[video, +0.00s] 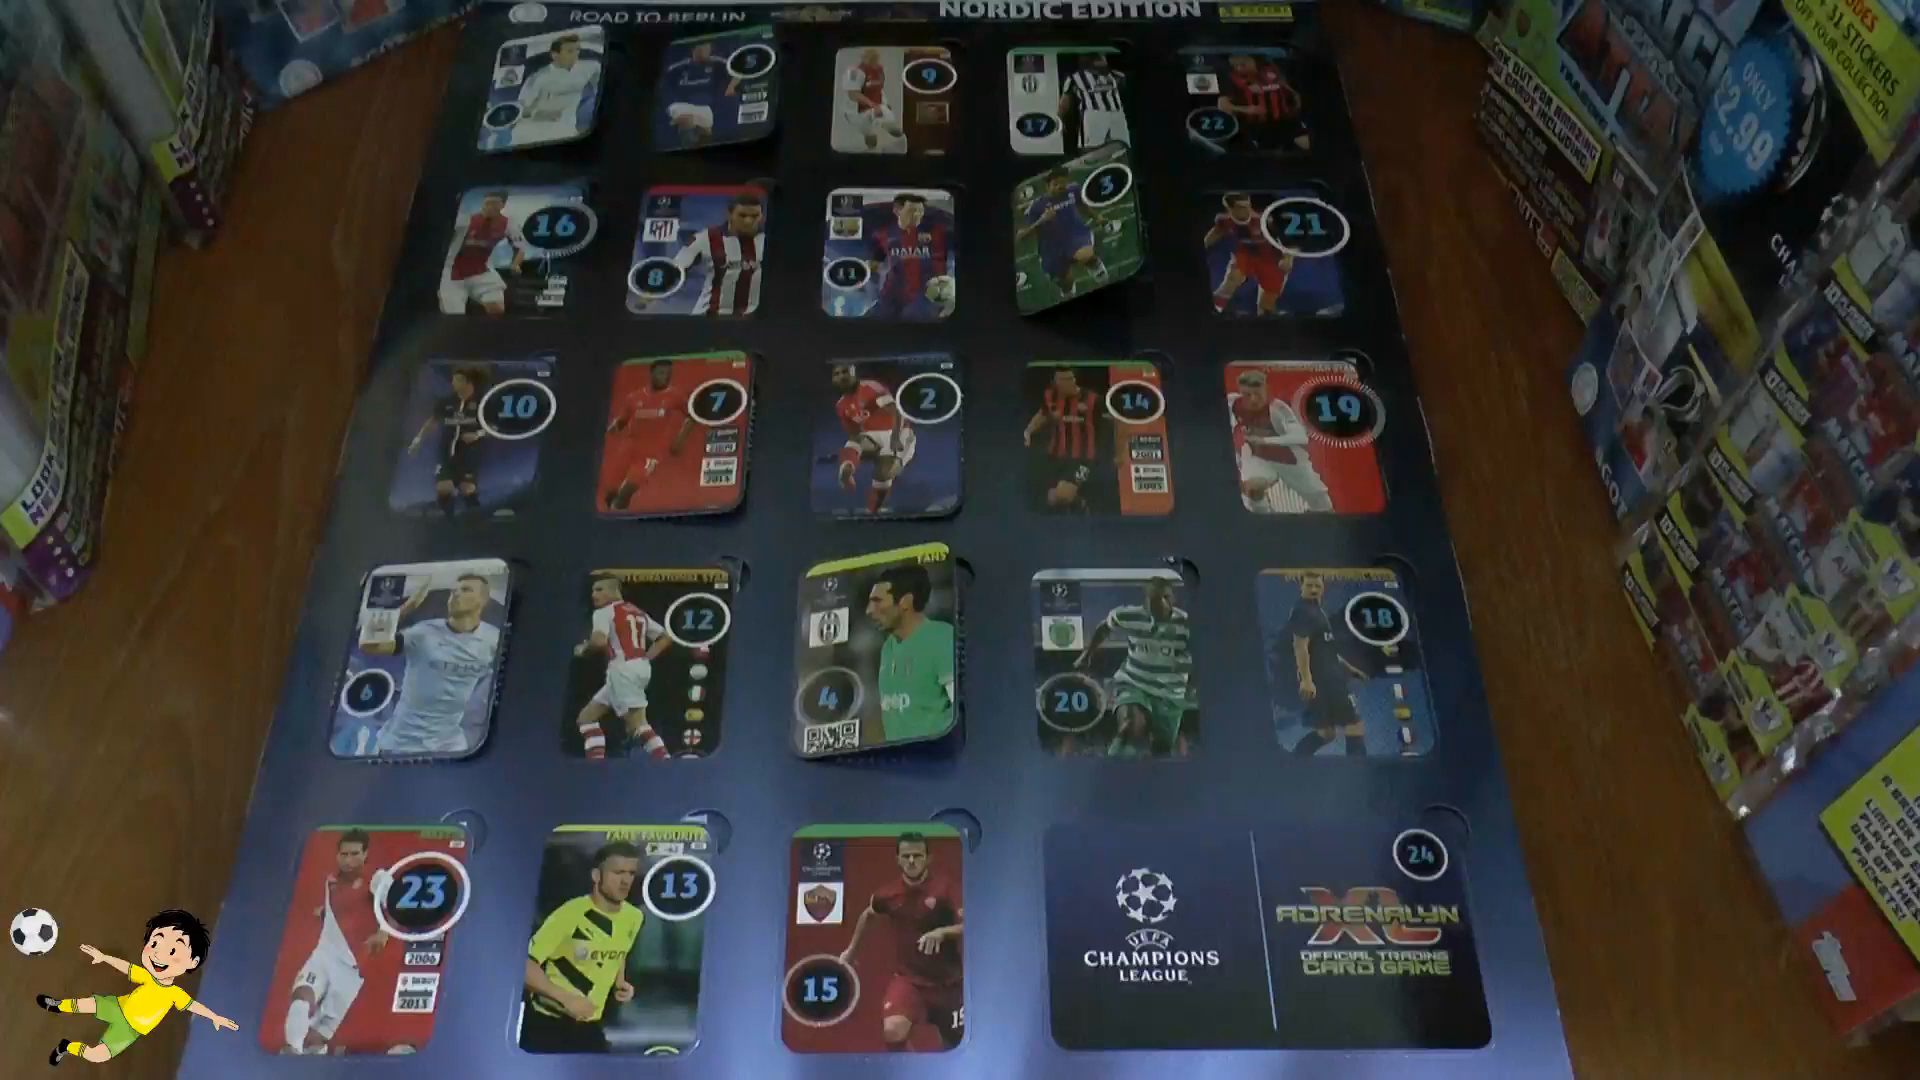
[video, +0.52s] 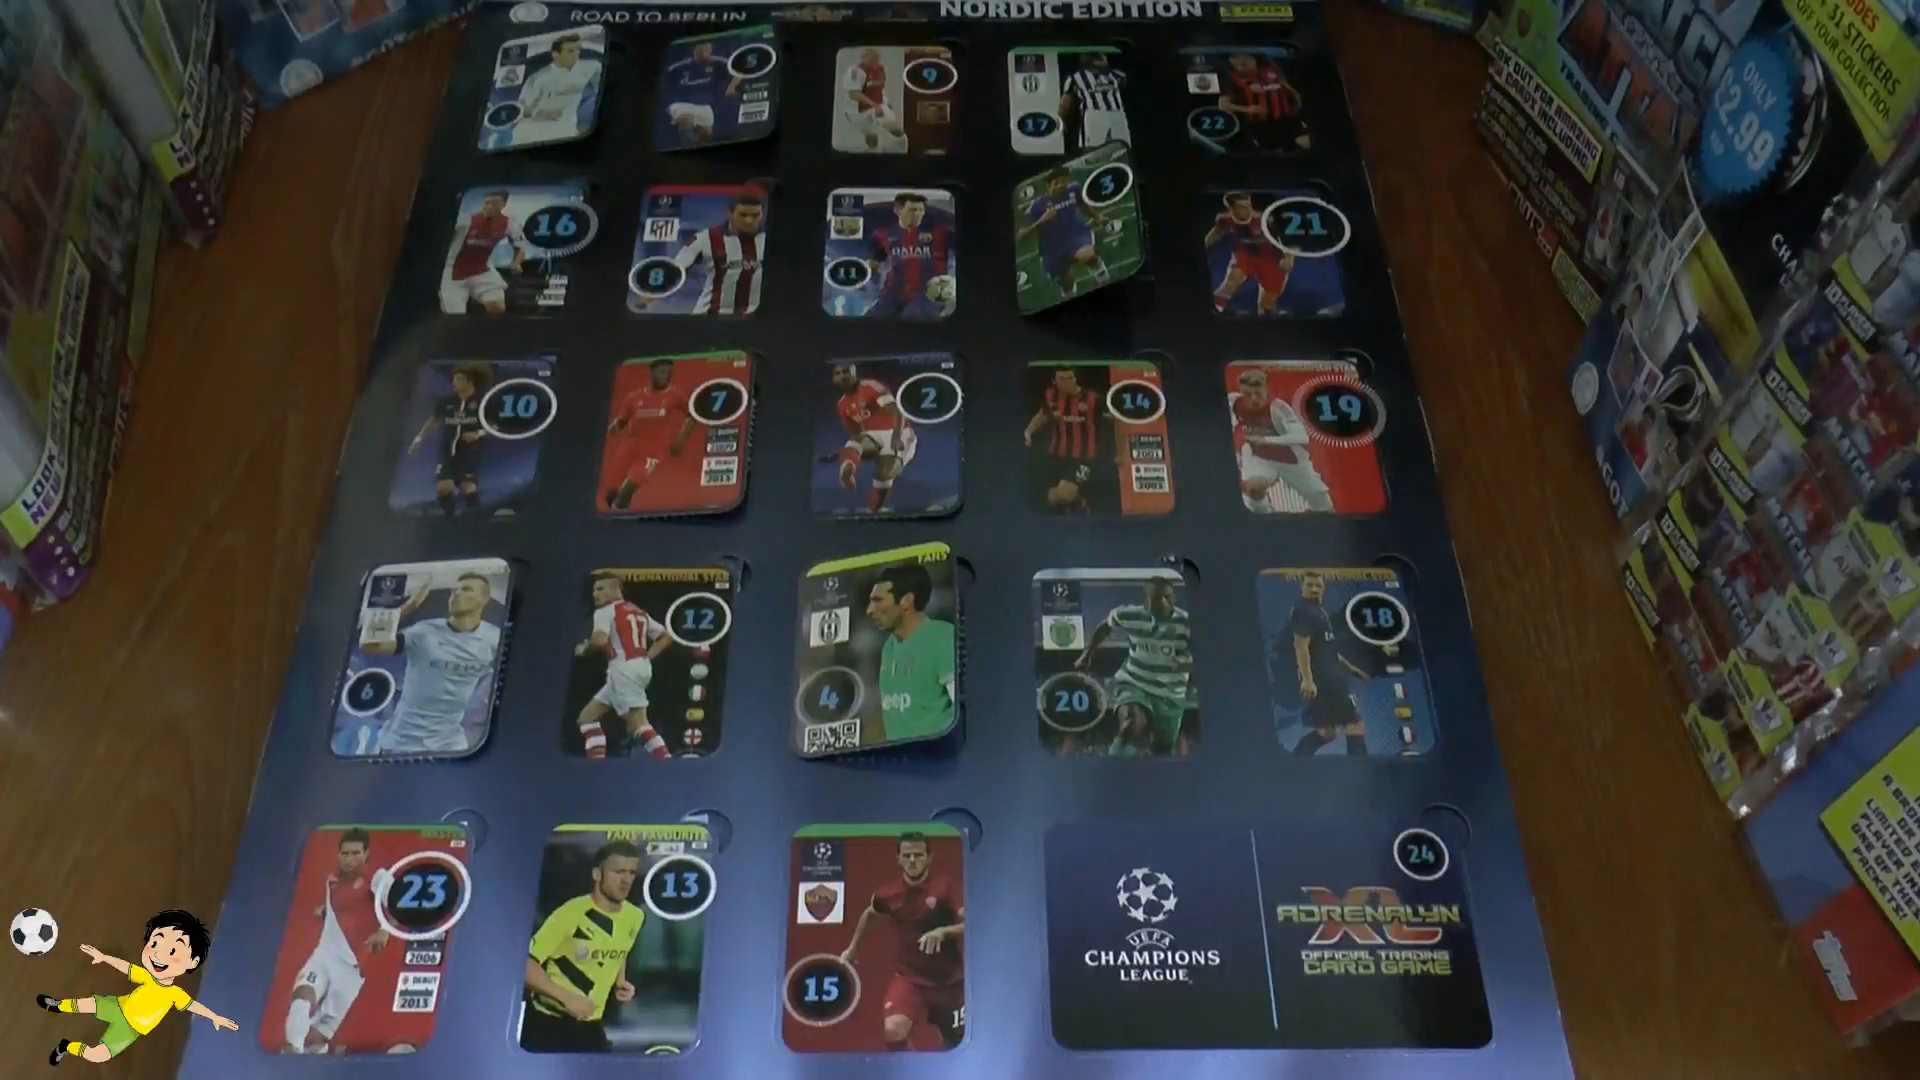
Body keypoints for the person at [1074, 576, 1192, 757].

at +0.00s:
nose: (1160, 604)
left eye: (1165, 597)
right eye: (1155, 599)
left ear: (1172, 598)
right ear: (1146, 600)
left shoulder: (1186, 622)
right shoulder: (1128, 617)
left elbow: (1198, 655)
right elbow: (1104, 628)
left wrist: (1195, 683)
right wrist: (1087, 653)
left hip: (1171, 694)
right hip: (1133, 685)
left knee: (1163, 751)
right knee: (1130, 727)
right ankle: (1107, 777)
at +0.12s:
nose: (1161, 603)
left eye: (1166, 597)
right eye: (1155, 598)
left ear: (1173, 598)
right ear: (1146, 600)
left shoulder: (1185, 621)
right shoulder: (1128, 616)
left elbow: (1198, 653)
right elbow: (1104, 628)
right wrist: (1086, 654)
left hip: (1171, 693)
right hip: (1134, 685)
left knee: (1162, 750)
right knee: (1130, 726)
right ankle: (1108, 777)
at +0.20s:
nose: (1161, 603)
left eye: (1166, 597)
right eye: (1155, 598)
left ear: (1173, 598)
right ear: (1146, 600)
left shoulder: (1185, 621)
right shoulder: (1128, 616)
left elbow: (1199, 656)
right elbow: (1104, 627)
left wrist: (1186, 665)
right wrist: (1086, 654)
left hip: (1171, 693)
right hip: (1133, 685)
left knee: (1162, 750)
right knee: (1130, 726)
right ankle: (1108, 776)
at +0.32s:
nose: (1162, 602)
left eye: (1166, 597)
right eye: (1156, 597)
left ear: (1173, 598)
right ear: (1147, 599)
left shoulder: (1186, 621)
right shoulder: (1128, 616)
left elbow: (1198, 655)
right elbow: (1104, 628)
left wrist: (1186, 664)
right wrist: (1087, 654)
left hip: (1171, 693)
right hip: (1134, 685)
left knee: (1163, 750)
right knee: (1131, 726)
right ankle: (1110, 776)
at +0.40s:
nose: (1161, 602)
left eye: (1166, 597)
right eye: (1156, 597)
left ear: (1173, 598)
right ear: (1147, 599)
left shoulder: (1186, 622)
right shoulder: (1128, 616)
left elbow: (1198, 656)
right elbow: (1104, 628)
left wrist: (1185, 665)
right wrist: (1087, 654)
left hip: (1171, 694)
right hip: (1134, 685)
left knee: (1163, 751)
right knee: (1131, 726)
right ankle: (1109, 777)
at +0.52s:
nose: (1162, 602)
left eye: (1167, 597)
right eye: (1156, 598)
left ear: (1173, 598)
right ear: (1147, 600)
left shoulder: (1186, 621)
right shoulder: (1128, 616)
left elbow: (1201, 657)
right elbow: (1104, 628)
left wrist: (1187, 665)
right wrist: (1087, 654)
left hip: (1171, 694)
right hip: (1134, 685)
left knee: (1162, 752)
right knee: (1132, 726)